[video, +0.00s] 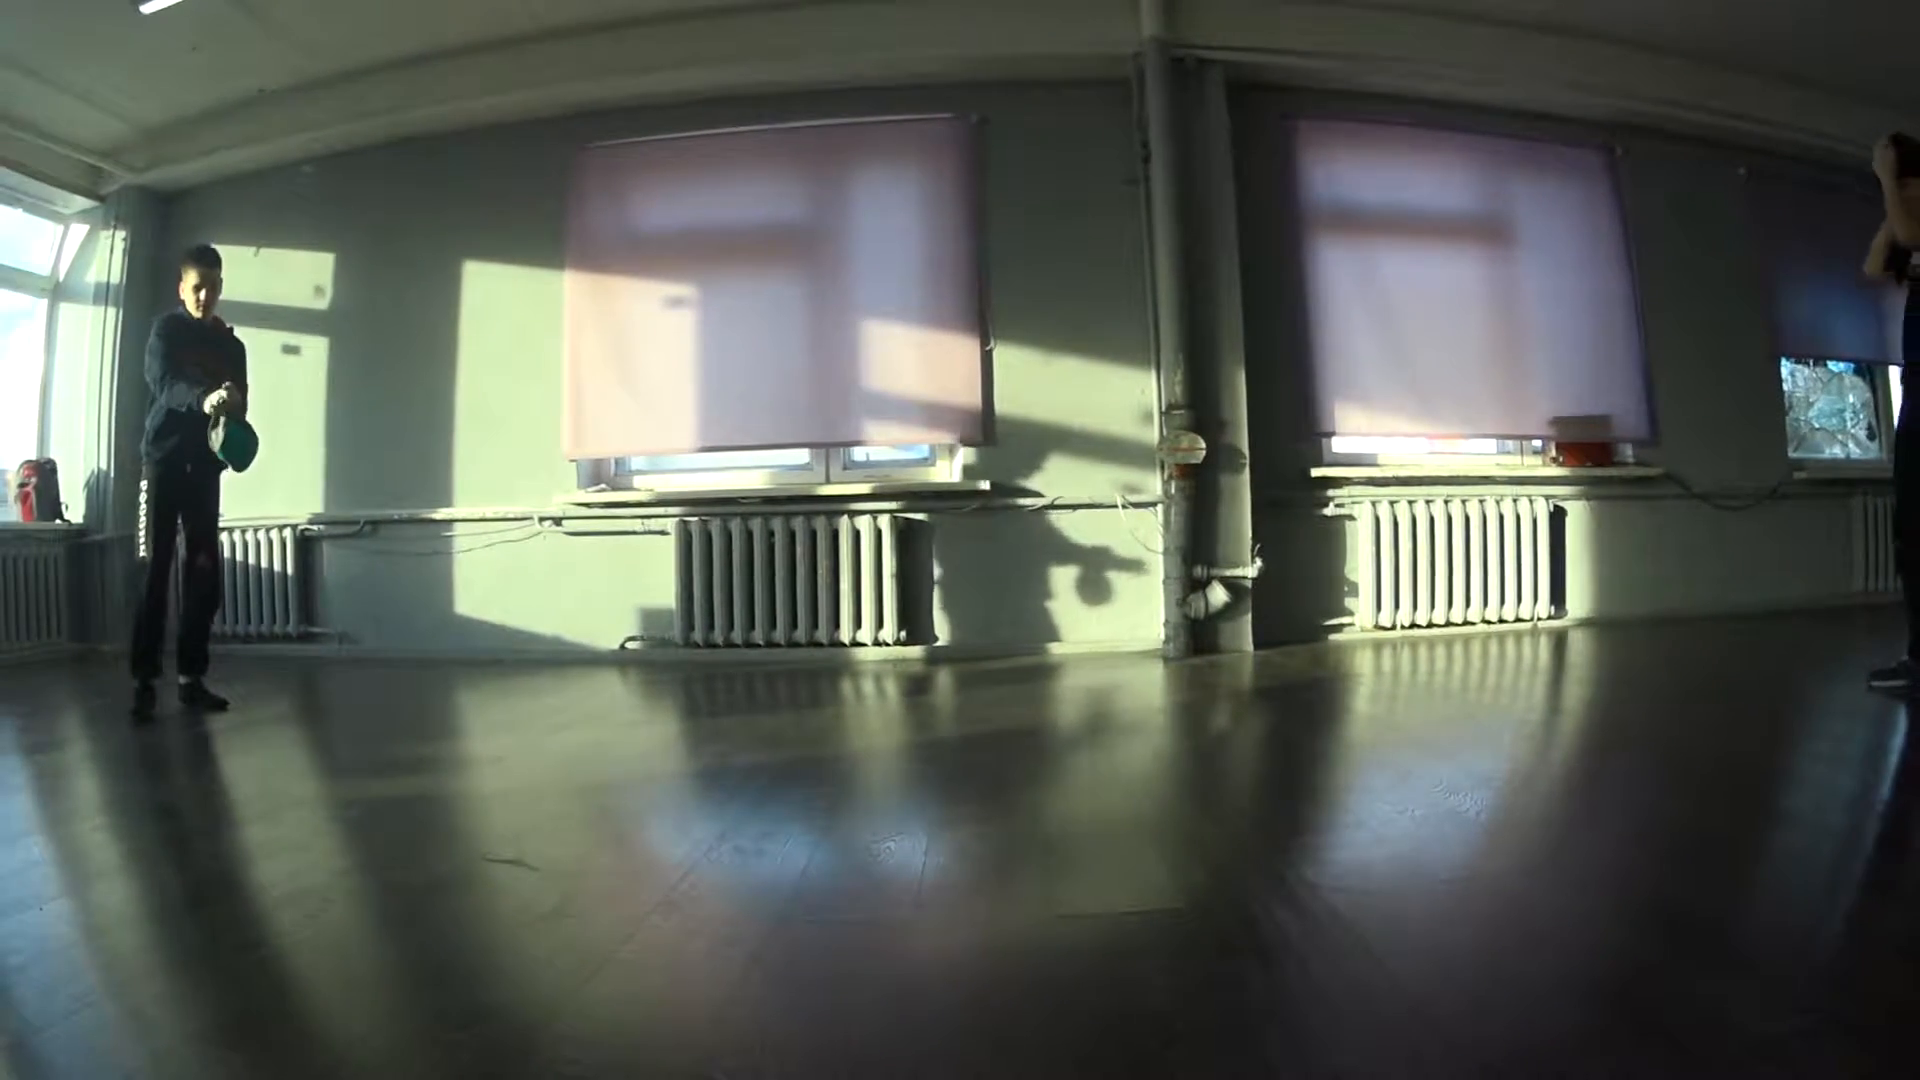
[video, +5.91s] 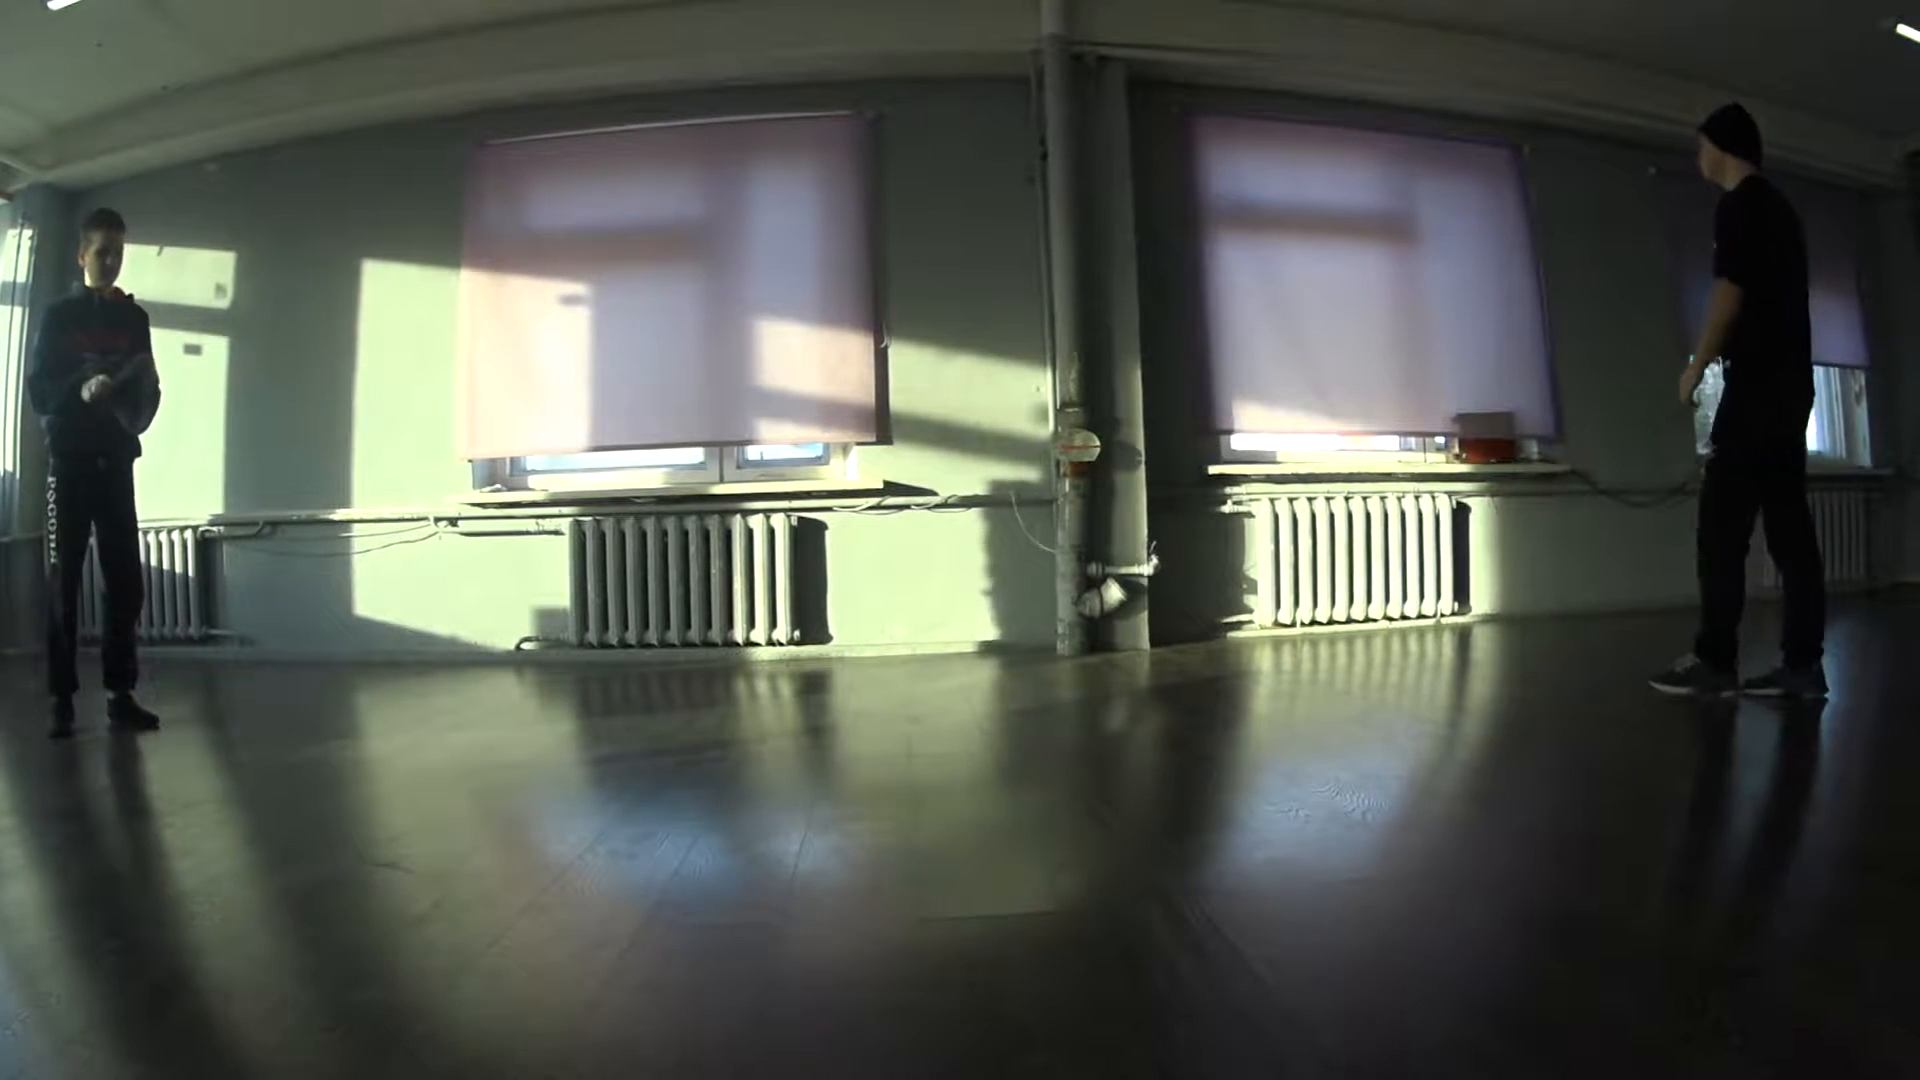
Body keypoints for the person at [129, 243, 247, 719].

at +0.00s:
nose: (204, 294)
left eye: (211, 285)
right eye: (196, 285)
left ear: (221, 287)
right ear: (180, 286)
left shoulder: (231, 344)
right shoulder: (165, 329)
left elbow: (238, 404)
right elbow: (161, 383)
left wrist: (234, 415)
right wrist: (204, 399)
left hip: (205, 463)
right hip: (163, 459)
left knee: (204, 568)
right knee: (154, 565)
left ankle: (193, 679)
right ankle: (145, 683)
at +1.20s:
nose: (134, 279)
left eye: (140, 271)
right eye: (125, 271)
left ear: (147, 273)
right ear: (105, 274)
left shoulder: (158, 330)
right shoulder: (92, 324)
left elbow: (167, 403)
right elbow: (90, 389)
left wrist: (155, 396)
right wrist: (135, 370)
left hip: (142, 463)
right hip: (98, 463)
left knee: (153, 577)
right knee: (99, 578)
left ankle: (172, 691)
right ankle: (105, 691)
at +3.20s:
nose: (121, 261)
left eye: (127, 253)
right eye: (112, 253)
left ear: (136, 254)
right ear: (93, 256)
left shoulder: (148, 315)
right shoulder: (75, 312)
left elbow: (167, 397)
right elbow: (53, 388)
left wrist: (157, 376)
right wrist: (101, 378)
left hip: (131, 455)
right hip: (85, 455)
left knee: (137, 574)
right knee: (78, 573)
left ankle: (134, 694)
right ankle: (75, 697)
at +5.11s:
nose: (119, 260)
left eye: (125, 252)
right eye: (110, 251)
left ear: (132, 255)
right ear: (87, 252)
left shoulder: (134, 315)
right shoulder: (64, 311)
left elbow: (149, 400)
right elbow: (41, 392)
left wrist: (132, 388)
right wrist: (85, 381)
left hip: (120, 453)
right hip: (75, 453)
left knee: (128, 576)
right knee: (69, 575)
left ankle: (125, 696)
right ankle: (65, 700)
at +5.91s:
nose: (110, 259)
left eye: (117, 251)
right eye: (102, 250)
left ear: (124, 255)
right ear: (81, 253)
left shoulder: (134, 315)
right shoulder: (60, 313)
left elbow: (149, 388)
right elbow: (38, 394)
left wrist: (133, 415)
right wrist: (80, 388)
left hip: (116, 458)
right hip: (70, 458)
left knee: (125, 576)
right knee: (65, 577)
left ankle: (121, 696)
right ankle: (62, 699)